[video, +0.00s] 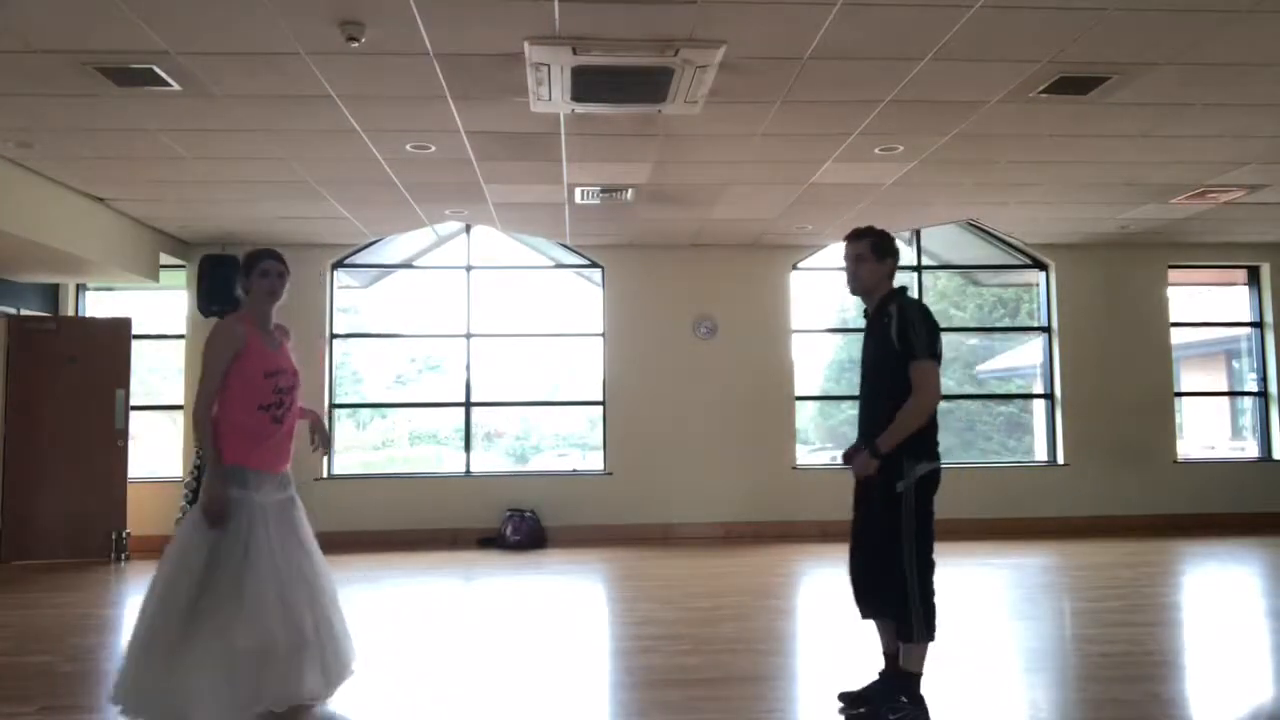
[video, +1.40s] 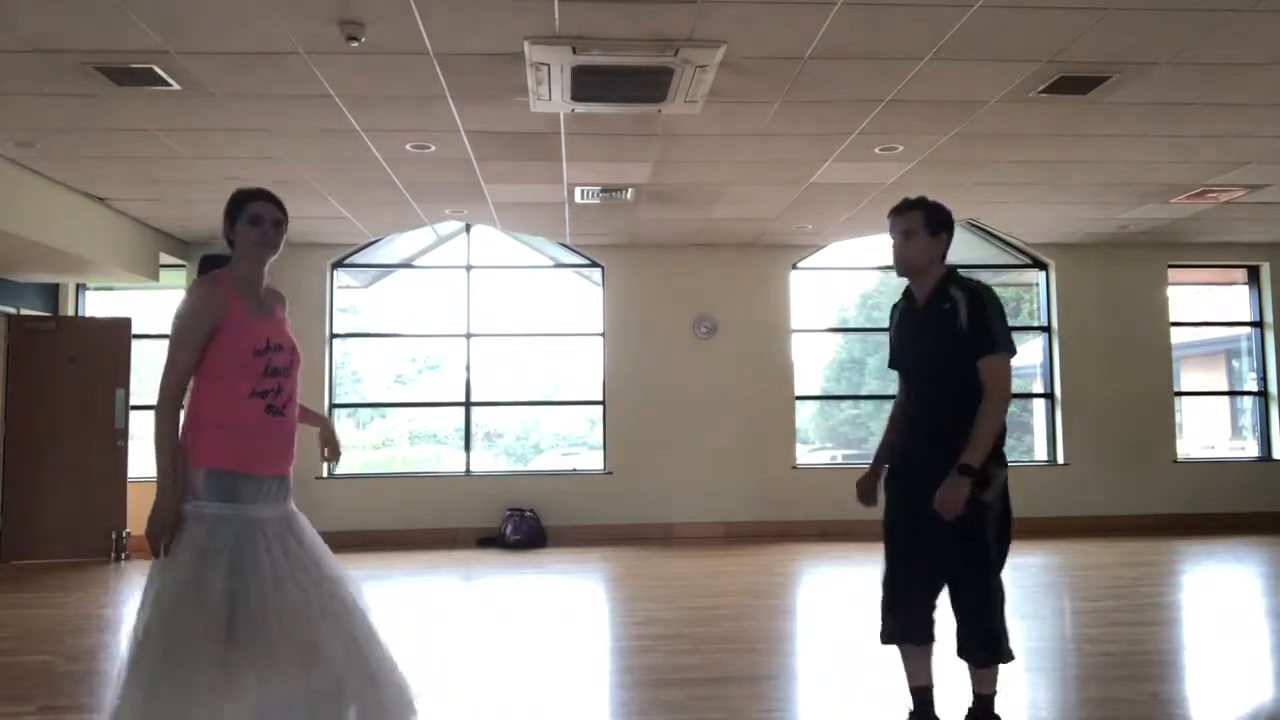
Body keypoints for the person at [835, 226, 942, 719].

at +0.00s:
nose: (849, 272)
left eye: (858, 263)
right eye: (848, 263)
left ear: (886, 266)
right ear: (859, 269)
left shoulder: (910, 314)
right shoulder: (878, 319)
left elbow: (927, 394)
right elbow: (884, 393)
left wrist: (875, 449)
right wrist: (865, 443)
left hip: (909, 465)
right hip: (879, 463)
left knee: (907, 569)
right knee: (872, 567)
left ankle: (909, 690)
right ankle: (892, 677)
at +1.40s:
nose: (896, 246)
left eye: (906, 236)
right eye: (894, 237)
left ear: (939, 241)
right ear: (896, 244)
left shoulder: (976, 301)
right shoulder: (903, 312)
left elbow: (998, 395)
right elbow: (907, 397)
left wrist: (965, 472)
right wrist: (877, 465)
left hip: (971, 473)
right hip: (912, 472)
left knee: (977, 594)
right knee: (907, 595)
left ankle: (983, 710)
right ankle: (922, 710)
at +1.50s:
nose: (907, 249)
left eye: (919, 238)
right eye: (902, 239)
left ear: (947, 243)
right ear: (897, 246)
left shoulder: (983, 304)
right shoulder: (900, 317)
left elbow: (1006, 396)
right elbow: (900, 400)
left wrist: (975, 472)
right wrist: (871, 471)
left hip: (975, 472)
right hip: (916, 471)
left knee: (974, 596)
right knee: (912, 596)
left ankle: (989, 702)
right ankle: (923, 710)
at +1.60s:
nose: (922, 245)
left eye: (933, 234)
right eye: (914, 237)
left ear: (958, 241)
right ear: (906, 245)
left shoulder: (996, 305)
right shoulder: (906, 316)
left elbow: (1021, 401)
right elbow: (895, 402)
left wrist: (994, 470)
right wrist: (865, 476)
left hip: (982, 470)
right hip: (920, 472)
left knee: (990, 597)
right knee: (910, 595)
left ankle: (1017, 710)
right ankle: (923, 712)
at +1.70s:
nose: (934, 239)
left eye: (946, 227)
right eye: (927, 229)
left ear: (973, 233)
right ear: (920, 237)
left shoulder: (1010, 299)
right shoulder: (918, 311)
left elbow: (1040, 394)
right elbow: (904, 401)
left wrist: (1024, 474)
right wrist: (870, 475)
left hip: (994, 479)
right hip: (931, 479)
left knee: (1010, 614)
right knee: (914, 609)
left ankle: (1052, 714)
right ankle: (925, 712)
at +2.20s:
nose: (977, 215)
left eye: (990, 204)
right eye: (976, 206)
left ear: (1033, 209)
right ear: (984, 216)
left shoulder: (1077, 275)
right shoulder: (998, 296)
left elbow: (1116, 380)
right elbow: (1002, 395)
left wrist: (1101, 483)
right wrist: (968, 476)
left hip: (1066, 482)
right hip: (1008, 482)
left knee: (1077, 621)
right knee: (1010, 617)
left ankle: (1092, 714)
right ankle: (1037, 715)